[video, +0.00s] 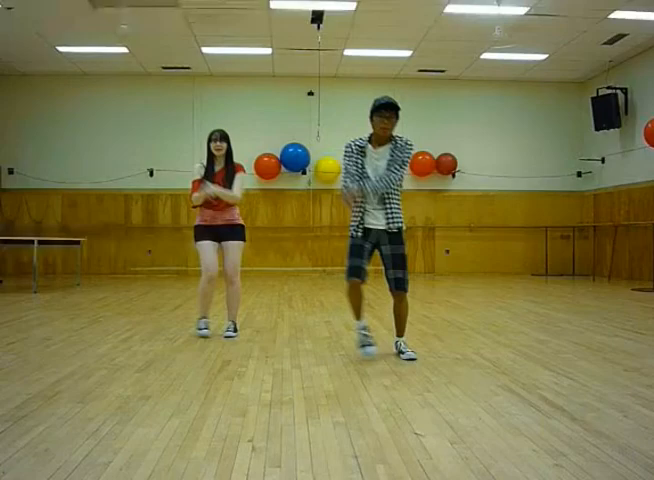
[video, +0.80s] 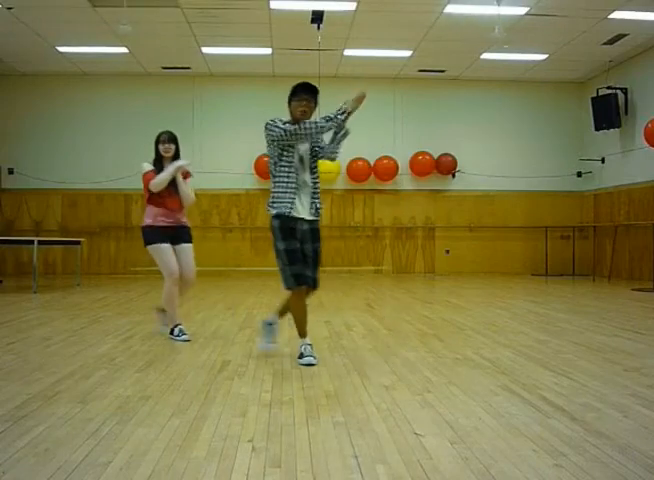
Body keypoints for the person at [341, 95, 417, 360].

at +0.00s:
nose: (386, 123)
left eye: (391, 119)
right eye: (381, 118)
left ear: (396, 122)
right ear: (371, 119)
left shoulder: (402, 146)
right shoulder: (354, 147)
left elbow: (392, 179)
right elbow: (348, 178)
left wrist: (359, 189)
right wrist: (349, 192)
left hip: (390, 225)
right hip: (362, 224)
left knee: (399, 288)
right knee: (354, 279)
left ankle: (400, 341)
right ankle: (360, 327)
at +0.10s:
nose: (383, 120)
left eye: (388, 116)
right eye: (378, 115)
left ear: (393, 120)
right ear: (369, 116)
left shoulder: (399, 144)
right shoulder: (352, 146)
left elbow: (389, 176)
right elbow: (347, 183)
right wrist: (344, 170)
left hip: (388, 225)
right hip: (359, 223)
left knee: (397, 287)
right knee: (349, 277)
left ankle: (400, 341)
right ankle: (353, 327)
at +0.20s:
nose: (371, 105)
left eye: (376, 102)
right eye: (367, 100)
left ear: (382, 108)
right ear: (358, 103)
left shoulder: (387, 134)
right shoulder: (344, 135)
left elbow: (372, 155)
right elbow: (330, 159)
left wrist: (337, 125)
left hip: (379, 218)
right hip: (350, 217)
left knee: (390, 284)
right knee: (335, 277)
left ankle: (402, 337)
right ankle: (327, 331)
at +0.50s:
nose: (332, 120)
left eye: (337, 116)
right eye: (327, 114)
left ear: (345, 120)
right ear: (318, 117)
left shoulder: (348, 146)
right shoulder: (304, 148)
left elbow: (355, 144)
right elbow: (316, 170)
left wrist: (317, 126)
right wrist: (317, 136)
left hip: (340, 229)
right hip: (312, 230)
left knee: (363, 290)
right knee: (320, 295)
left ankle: (393, 337)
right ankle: (310, 345)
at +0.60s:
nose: (325, 125)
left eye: (330, 120)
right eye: (321, 118)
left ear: (333, 121)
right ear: (309, 115)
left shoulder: (332, 146)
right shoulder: (291, 145)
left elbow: (351, 154)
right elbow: (312, 165)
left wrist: (337, 123)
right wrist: (319, 136)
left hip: (331, 225)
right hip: (302, 228)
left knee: (349, 287)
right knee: (315, 292)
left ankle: (358, 331)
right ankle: (310, 345)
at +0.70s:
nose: (311, 112)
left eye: (316, 110)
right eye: (307, 106)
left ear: (321, 114)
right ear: (297, 108)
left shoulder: (319, 141)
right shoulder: (281, 135)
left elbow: (342, 149)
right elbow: (306, 147)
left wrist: (350, 116)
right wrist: (341, 117)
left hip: (321, 220)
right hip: (294, 220)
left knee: (332, 285)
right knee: (310, 288)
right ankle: (309, 342)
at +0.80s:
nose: (304, 106)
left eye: (309, 103)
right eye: (299, 101)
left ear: (315, 108)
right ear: (289, 105)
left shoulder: (312, 135)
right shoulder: (274, 128)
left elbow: (329, 153)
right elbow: (301, 132)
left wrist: (343, 123)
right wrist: (341, 113)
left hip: (310, 214)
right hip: (285, 212)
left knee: (310, 282)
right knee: (299, 281)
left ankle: (272, 320)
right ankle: (305, 342)